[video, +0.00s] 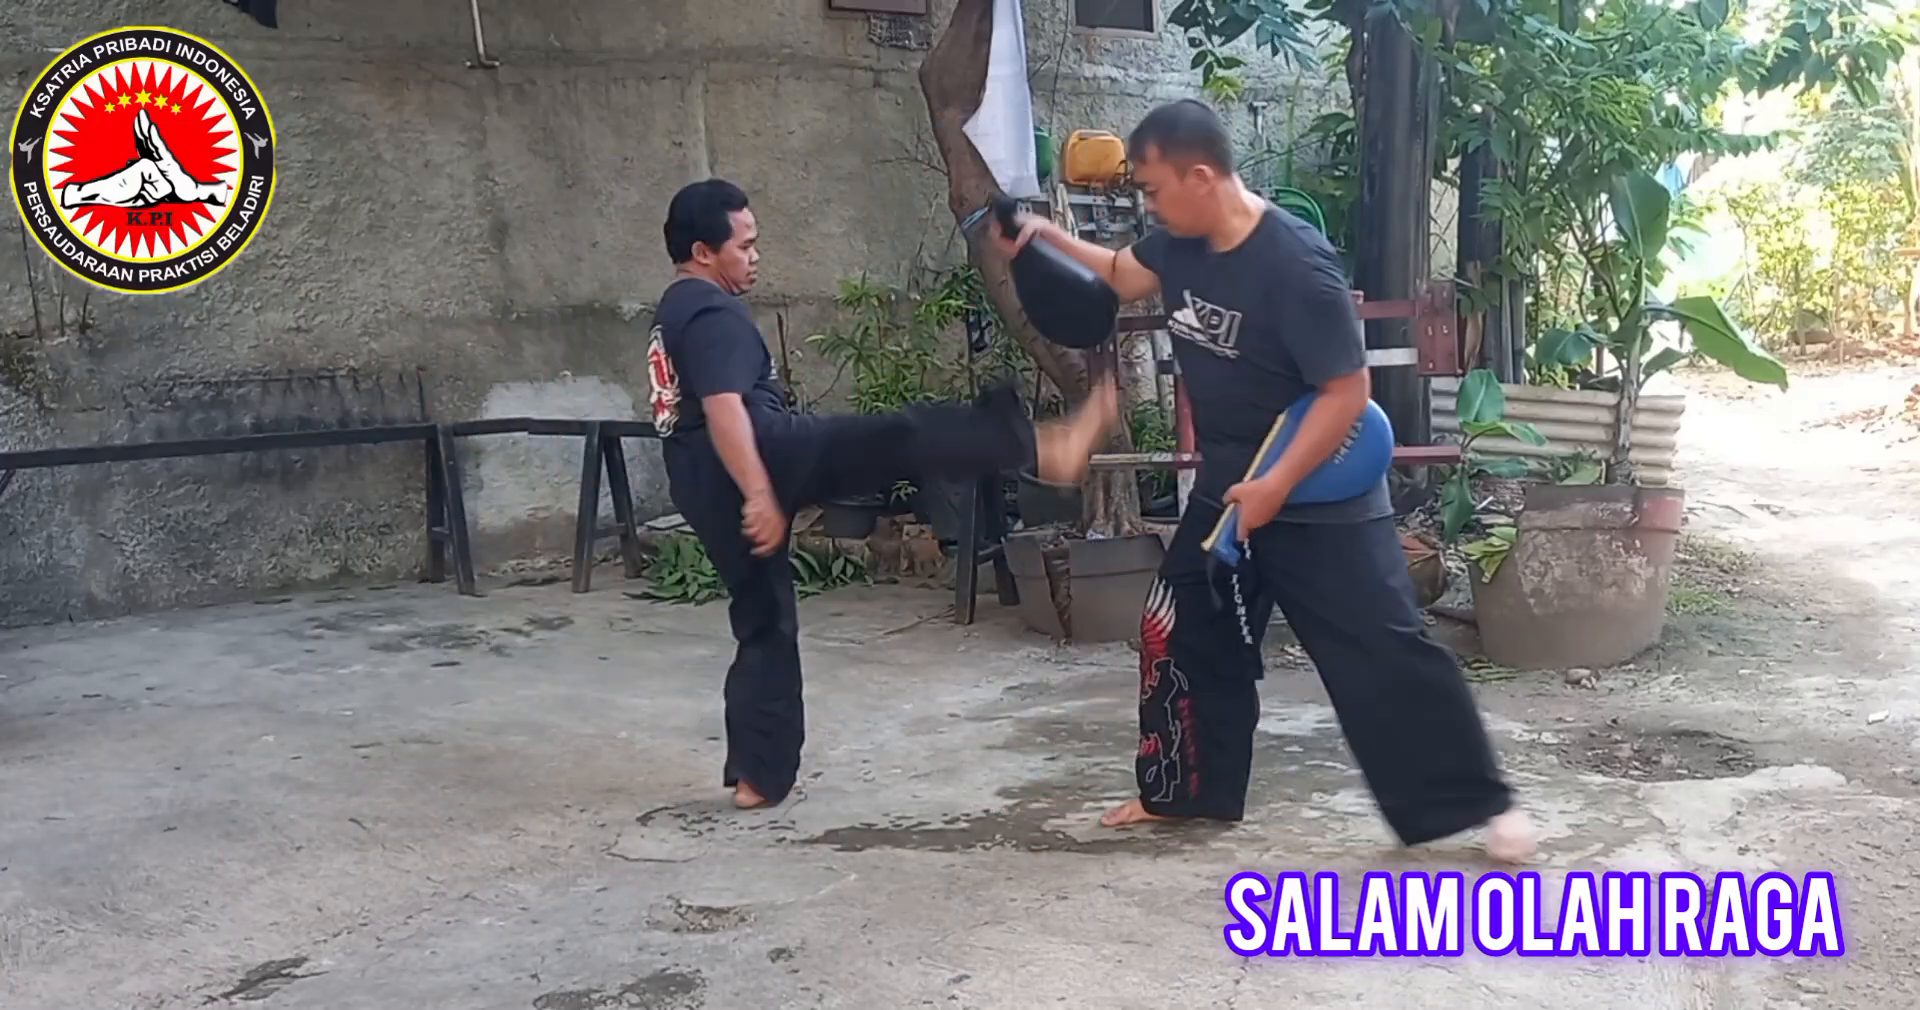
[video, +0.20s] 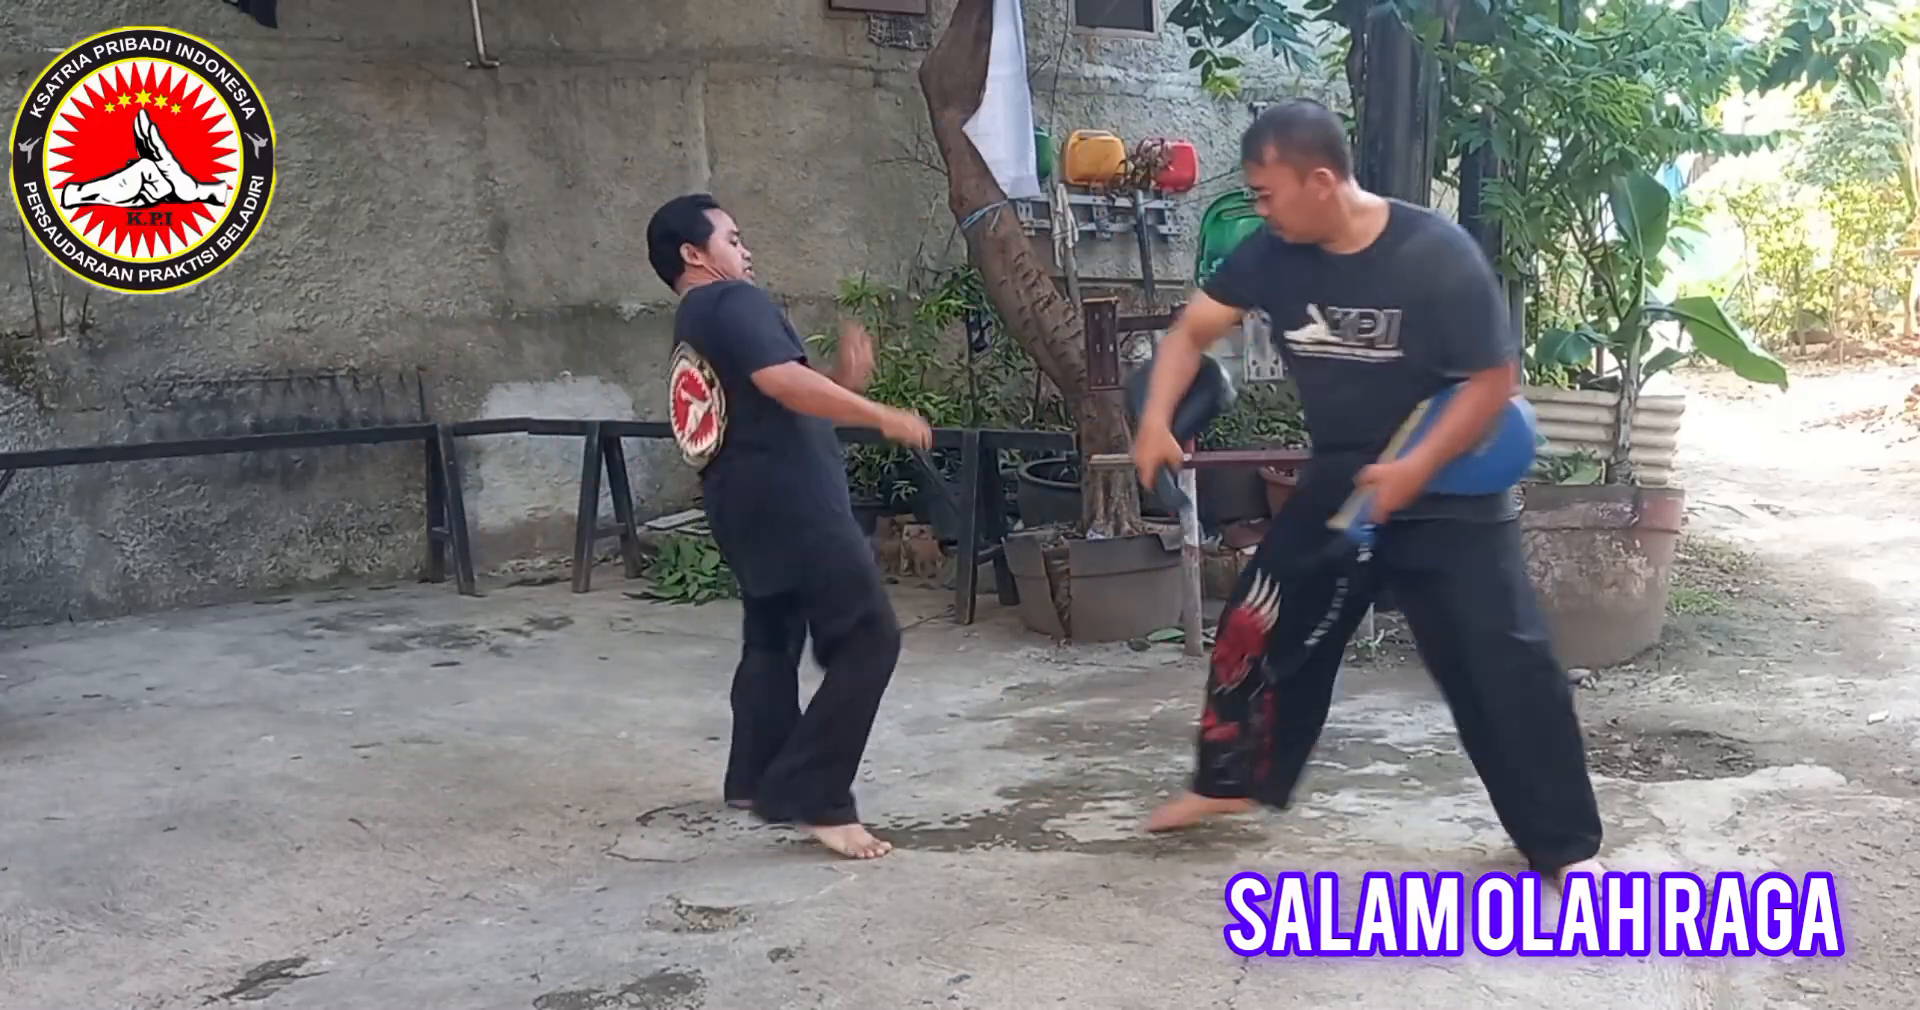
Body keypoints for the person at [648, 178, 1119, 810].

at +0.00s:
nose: (753, 256)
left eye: (752, 243)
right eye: (742, 244)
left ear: (700, 250)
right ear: (701, 250)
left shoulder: (682, 306)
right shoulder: (712, 313)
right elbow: (723, 413)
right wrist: (758, 492)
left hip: (706, 480)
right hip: (750, 463)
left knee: (764, 624)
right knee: (900, 437)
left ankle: (758, 776)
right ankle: (1051, 448)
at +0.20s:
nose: (745, 250)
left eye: (740, 237)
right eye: (732, 239)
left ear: (690, 259)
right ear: (695, 256)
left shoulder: (698, 313)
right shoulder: (732, 302)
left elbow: (763, 413)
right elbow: (782, 382)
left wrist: (840, 385)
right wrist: (882, 416)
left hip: (750, 504)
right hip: (794, 501)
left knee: (770, 643)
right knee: (870, 637)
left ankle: (755, 779)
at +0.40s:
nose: (729, 210)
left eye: (725, 198)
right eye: (712, 200)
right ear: (665, 219)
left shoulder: (781, 273)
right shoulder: (654, 305)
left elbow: (859, 356)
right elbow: (738, 344)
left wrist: (915, 418)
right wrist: (828, 307)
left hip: (874, 446)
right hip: (785, 490)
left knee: (988, 508)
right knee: (794, 648)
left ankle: (945, 579)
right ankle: (826, 814)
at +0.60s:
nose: (743, 277)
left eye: (740, 262)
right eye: (724, 268)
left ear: (744, 265)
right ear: (674, 291)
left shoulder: (795, 318)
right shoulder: (668, 398)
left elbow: (855, 389)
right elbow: (772, 451)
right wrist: (852, 378)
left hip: (892, 460)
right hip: (820, 537)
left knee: (1015, 440)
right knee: (825, 679)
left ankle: (1197, 438)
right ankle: (861, 830)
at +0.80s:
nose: (774, 221)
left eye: (774, 206)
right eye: (752, 213)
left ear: (783, 210)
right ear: (706, 239)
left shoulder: (835, 279)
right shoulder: (692, 347)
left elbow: (944, 277)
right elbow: (726, 453)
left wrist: (980, 316)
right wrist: (813, 460)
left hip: (925, 472)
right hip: (831, 531)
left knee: (1046, 540)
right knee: (839, 677)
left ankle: (1104, 699)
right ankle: (857, 834)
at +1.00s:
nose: (887, 231)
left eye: (886, 219)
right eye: (866, 219)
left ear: (888, 234)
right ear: (818, 243)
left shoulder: (921, 327)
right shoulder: (779, 334)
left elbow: (1017, 400)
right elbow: (756, 448)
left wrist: (965, 368)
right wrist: (845, 494)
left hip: (943, 546)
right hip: (835, 565)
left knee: (1004, 663)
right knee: (827, 700)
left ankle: (996, 822)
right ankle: (838, 826)